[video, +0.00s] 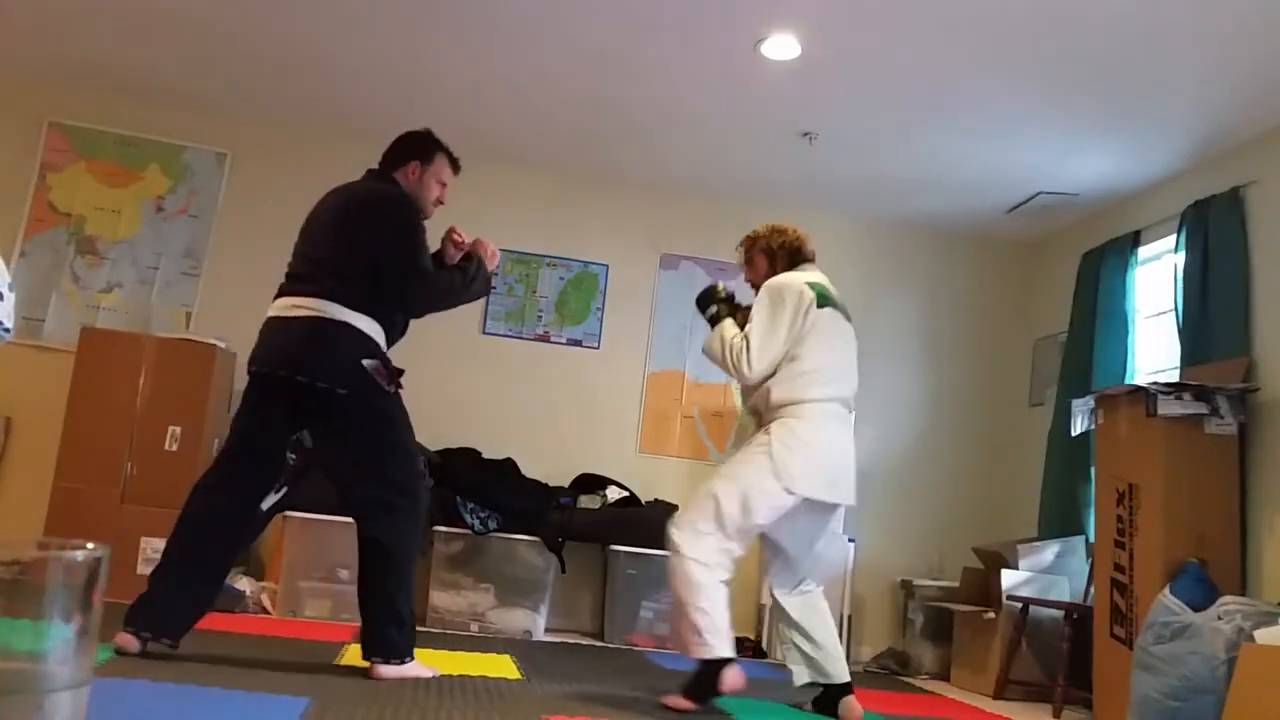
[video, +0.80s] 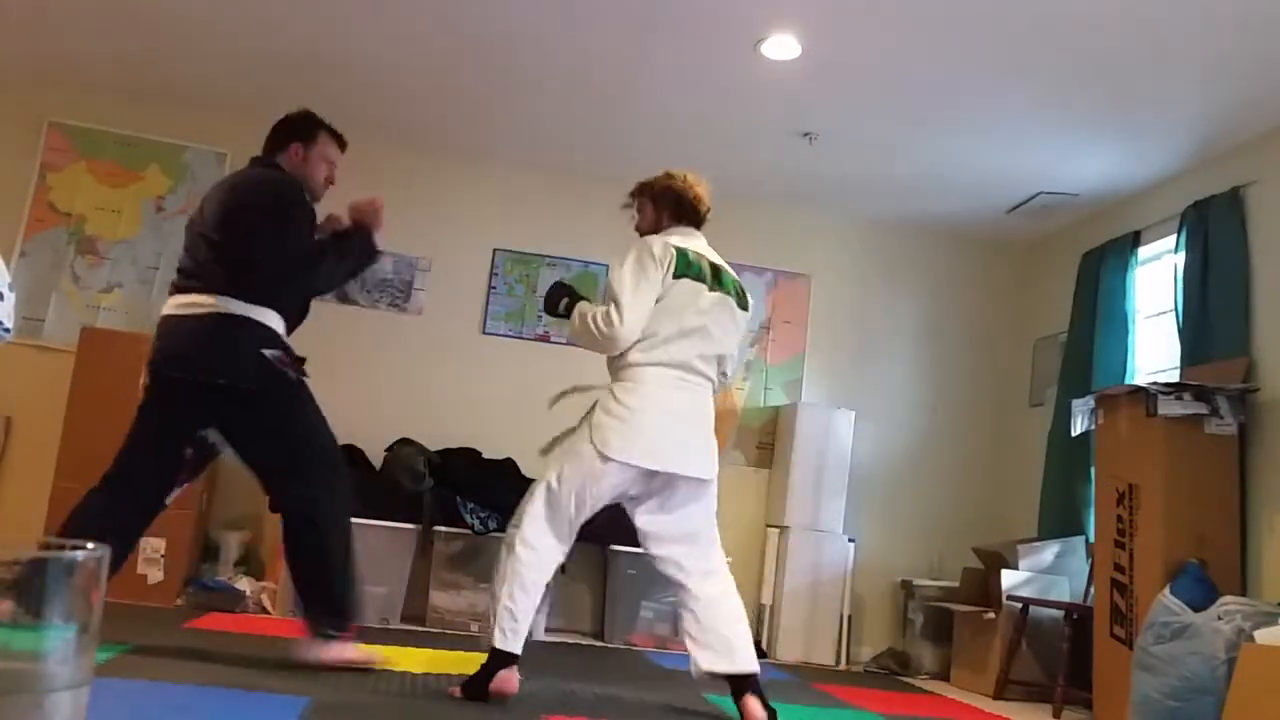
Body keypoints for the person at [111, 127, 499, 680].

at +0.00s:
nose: (443, 200)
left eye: (446, 190)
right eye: (441, 186)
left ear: (399, 171)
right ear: (412, 170)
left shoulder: (336, 201)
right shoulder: (397, 208)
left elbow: (374, 289)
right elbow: (414, 292)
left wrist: (440, 261)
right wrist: (478, 272)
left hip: (278, 352)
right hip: (344, 361)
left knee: (233, 488)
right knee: (396, 497)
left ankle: (147, 626)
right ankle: (390, 654)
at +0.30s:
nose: (428, 199)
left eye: (431, 190)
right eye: (426, 186)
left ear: (378, 172)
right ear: (397, 172)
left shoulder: (324, 206)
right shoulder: (389, 209)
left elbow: (361, 282)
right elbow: (406, 288)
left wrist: (425, 252)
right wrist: (470, 251)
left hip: (267, 355)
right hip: (334, 364)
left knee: (215, 495)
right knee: (401, 495)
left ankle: (122, 626)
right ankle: (396, 648)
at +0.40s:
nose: (424, 201)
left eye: (427, 193)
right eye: (421, 190)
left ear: (371, 183)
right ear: (392, 180)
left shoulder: (315, 214)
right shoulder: (399, 219)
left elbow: (315, 297)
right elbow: (461, 270)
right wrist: (496, 226)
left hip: (251, 362)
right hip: (324, 372)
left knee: (191, 493)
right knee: (377, 511)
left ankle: (122, 613)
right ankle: (395, 652)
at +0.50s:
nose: (402, 206)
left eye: (404, 195)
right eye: (399, 193)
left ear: (349, 187)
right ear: (371, 186)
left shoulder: (292, 218)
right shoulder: (379, 228)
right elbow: (437, 300)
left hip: (237, 367)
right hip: (312, 376)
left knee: (165, 484)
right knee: (373, 508)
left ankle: (80, 597)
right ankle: (386, 650)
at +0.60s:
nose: (372, 200)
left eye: (375, 189)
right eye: (369, 186)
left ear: (317, 177)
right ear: (340, 176)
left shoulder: (260, 214)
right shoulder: (336, 220)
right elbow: (339, 307)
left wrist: (377, 318)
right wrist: (405, 334)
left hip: (215, 366)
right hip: (287, 374)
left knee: (144, 491)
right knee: (350, 504)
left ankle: (37, 593)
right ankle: (381, 649)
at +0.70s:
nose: (346, 187)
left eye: (349, 176)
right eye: (343, 173)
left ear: (289, 165)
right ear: (312, 164)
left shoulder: (235, 204)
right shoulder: (307, 210)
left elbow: (256, 280)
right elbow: (318, 291)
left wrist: (331, 253)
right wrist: (360, 274)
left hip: (193, 361)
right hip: (266, 369)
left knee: (131, 490)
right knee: (329, 505)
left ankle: (29, 599)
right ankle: (369, 642)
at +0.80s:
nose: (333, 179)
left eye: (337, 169)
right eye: (330, 164)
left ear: (281, 154)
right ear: (295, 152)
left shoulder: (228, 189)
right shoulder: (284, 192)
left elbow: (256, 271)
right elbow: (288, 277)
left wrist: (324, 234)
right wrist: (362, 241)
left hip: (177, 346)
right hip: (239, 352)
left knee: (133, 484)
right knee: (314, 480)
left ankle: (39, 598)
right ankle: (332, 629)